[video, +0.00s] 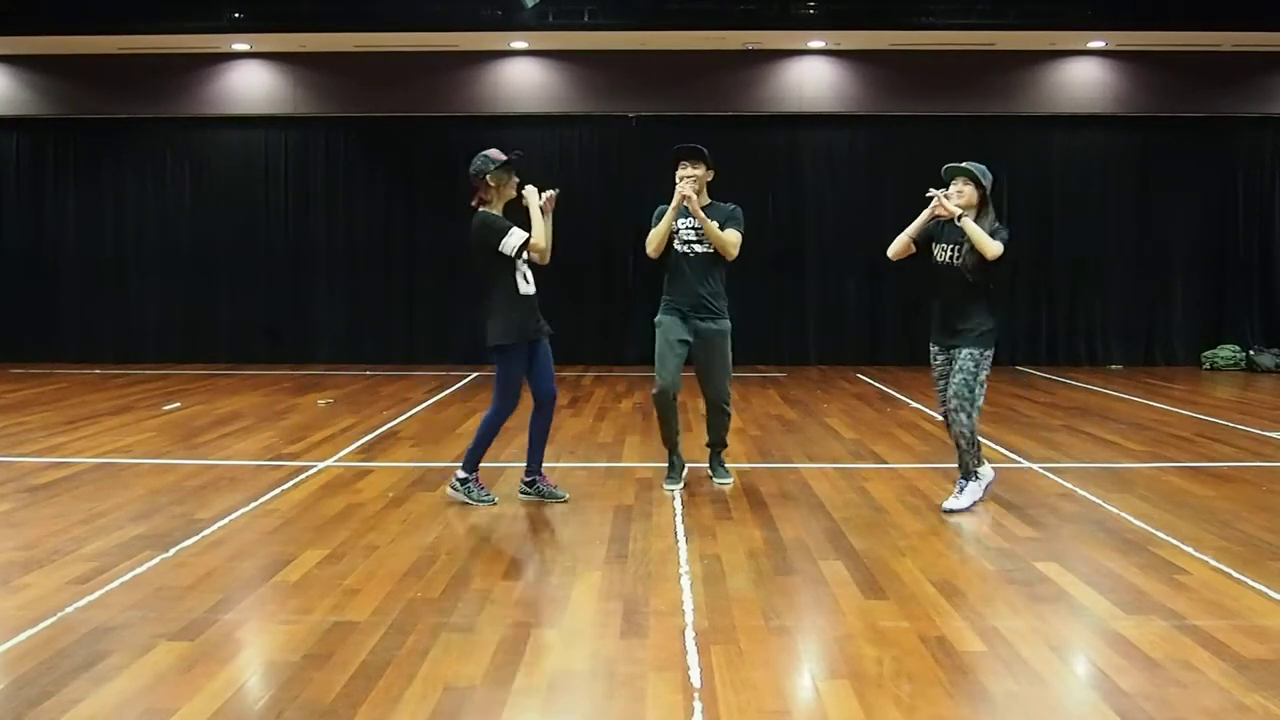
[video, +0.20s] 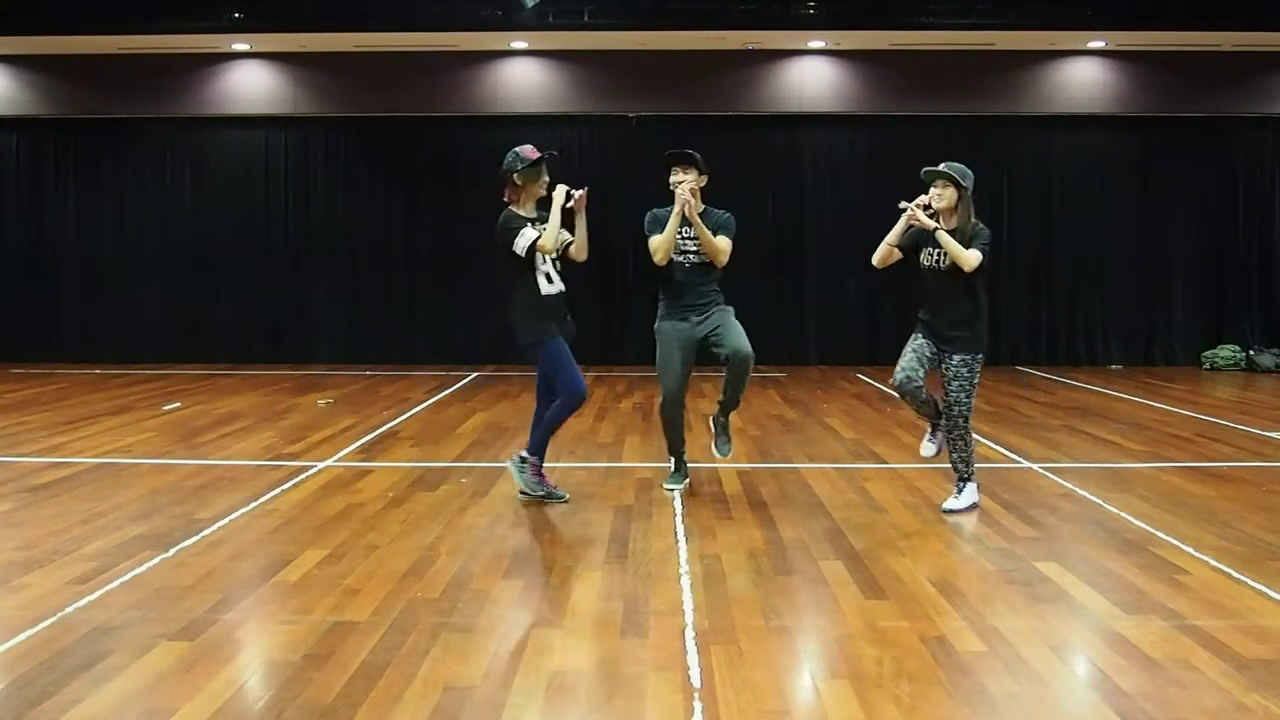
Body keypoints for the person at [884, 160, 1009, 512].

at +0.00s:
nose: (955, 190)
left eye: (964, 185)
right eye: (953, 185)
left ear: (981, 194)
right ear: (947, 192)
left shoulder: (994, 229)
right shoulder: (938, 226)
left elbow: (992, 252)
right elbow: (895, 253)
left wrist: (959, 217)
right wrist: (926, 215)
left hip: (976, 333)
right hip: (941, 332)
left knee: (959, 404)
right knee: (948, 409)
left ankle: (968, 479)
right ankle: (979, 467)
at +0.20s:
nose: (935, 192)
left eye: (944, 187)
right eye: (933, 187)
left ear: (961, 193)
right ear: (930, 194)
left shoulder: (977, 232)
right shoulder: (923, 233)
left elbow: (970, 262)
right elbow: (880, 261)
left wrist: (933, 227)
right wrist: (904, 223)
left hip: (965, 338)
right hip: (928, 330)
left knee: (957, 419)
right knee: (905, 381)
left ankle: (966, 485)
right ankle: (939, 422)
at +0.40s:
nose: (921, 176)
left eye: (930, 173)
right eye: (920, 172)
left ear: (948, 184)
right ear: (916, 185)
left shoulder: (959, 222)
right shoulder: (906, 220)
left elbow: (944, 242)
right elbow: (855, 246)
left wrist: (914, 205)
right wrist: (884, 209)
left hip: (949, 331)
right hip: (910, 327)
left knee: (953, 406)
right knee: (892, 393)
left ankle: (963, 480)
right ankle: (911, 469)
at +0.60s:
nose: (901, 197)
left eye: (910, 191)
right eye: (898, 191)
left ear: (928, 197)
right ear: (894, 198)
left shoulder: (944, 240)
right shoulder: (888, 237)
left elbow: (931, 271)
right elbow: (842, 267)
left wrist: (898, 231)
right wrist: (868, 228)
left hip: (922, 342)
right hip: (886, 341)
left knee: (884, 403)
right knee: (888, 423)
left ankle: (929, 444)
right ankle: (915, 494)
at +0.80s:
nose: (889, 171)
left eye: (898, 168)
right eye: (886, 166)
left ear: (913, 181)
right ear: (877, 175)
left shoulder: (918, 215)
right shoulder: (864, 214)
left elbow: (928, 240)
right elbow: (813, 240)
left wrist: (891, 203)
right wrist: (847, 202)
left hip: (905, 322)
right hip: (872, 322)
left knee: (857, 382)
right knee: (893, 406)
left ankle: (884, 458)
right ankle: (914, 486)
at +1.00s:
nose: (858, 192)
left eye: (867, 186)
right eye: (856, 186)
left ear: (887, 191)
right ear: (851, 192)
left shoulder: (901, 234)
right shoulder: (846, 232)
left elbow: (894, 262)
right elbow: (801, 264)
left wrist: (863, 220)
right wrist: (826, 219)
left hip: (877, 345)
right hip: (843, 342)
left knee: (860, 425)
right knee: (837, 426)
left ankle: (865, 506)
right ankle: (892, 469)